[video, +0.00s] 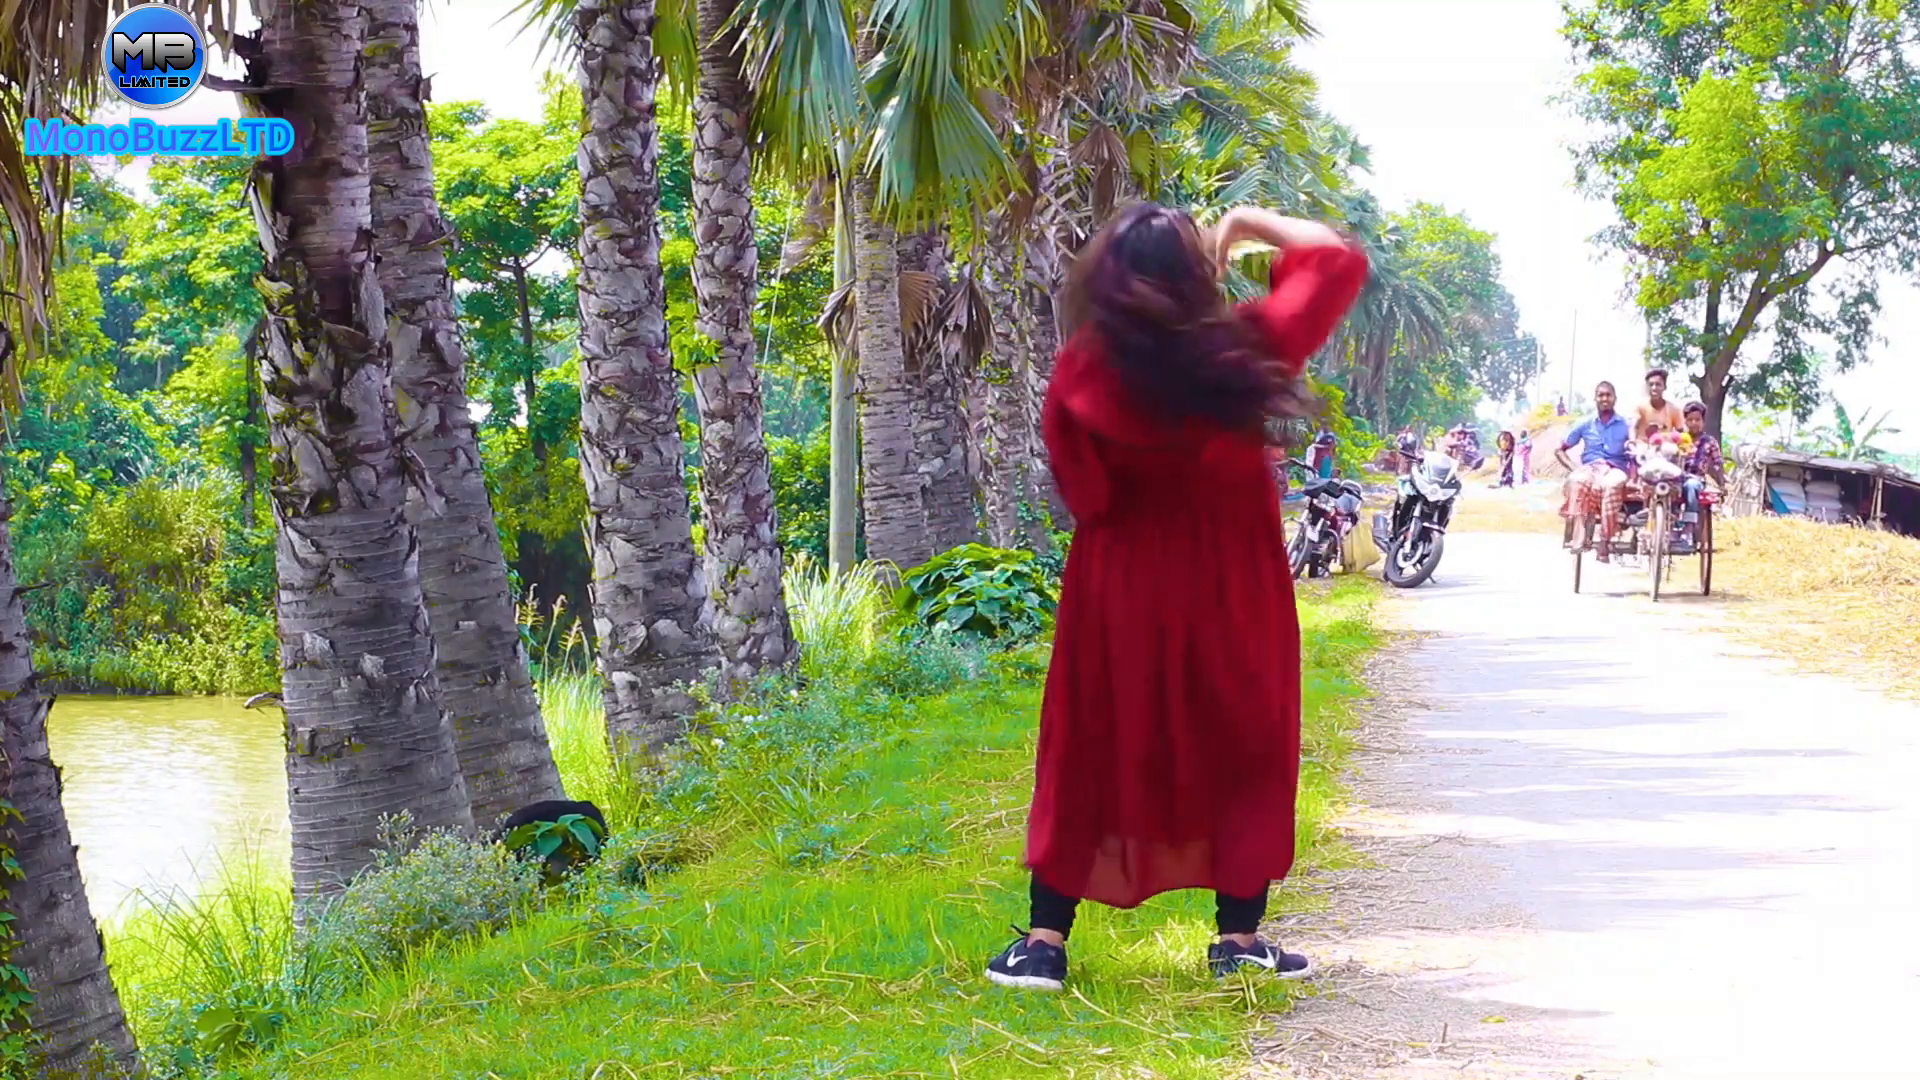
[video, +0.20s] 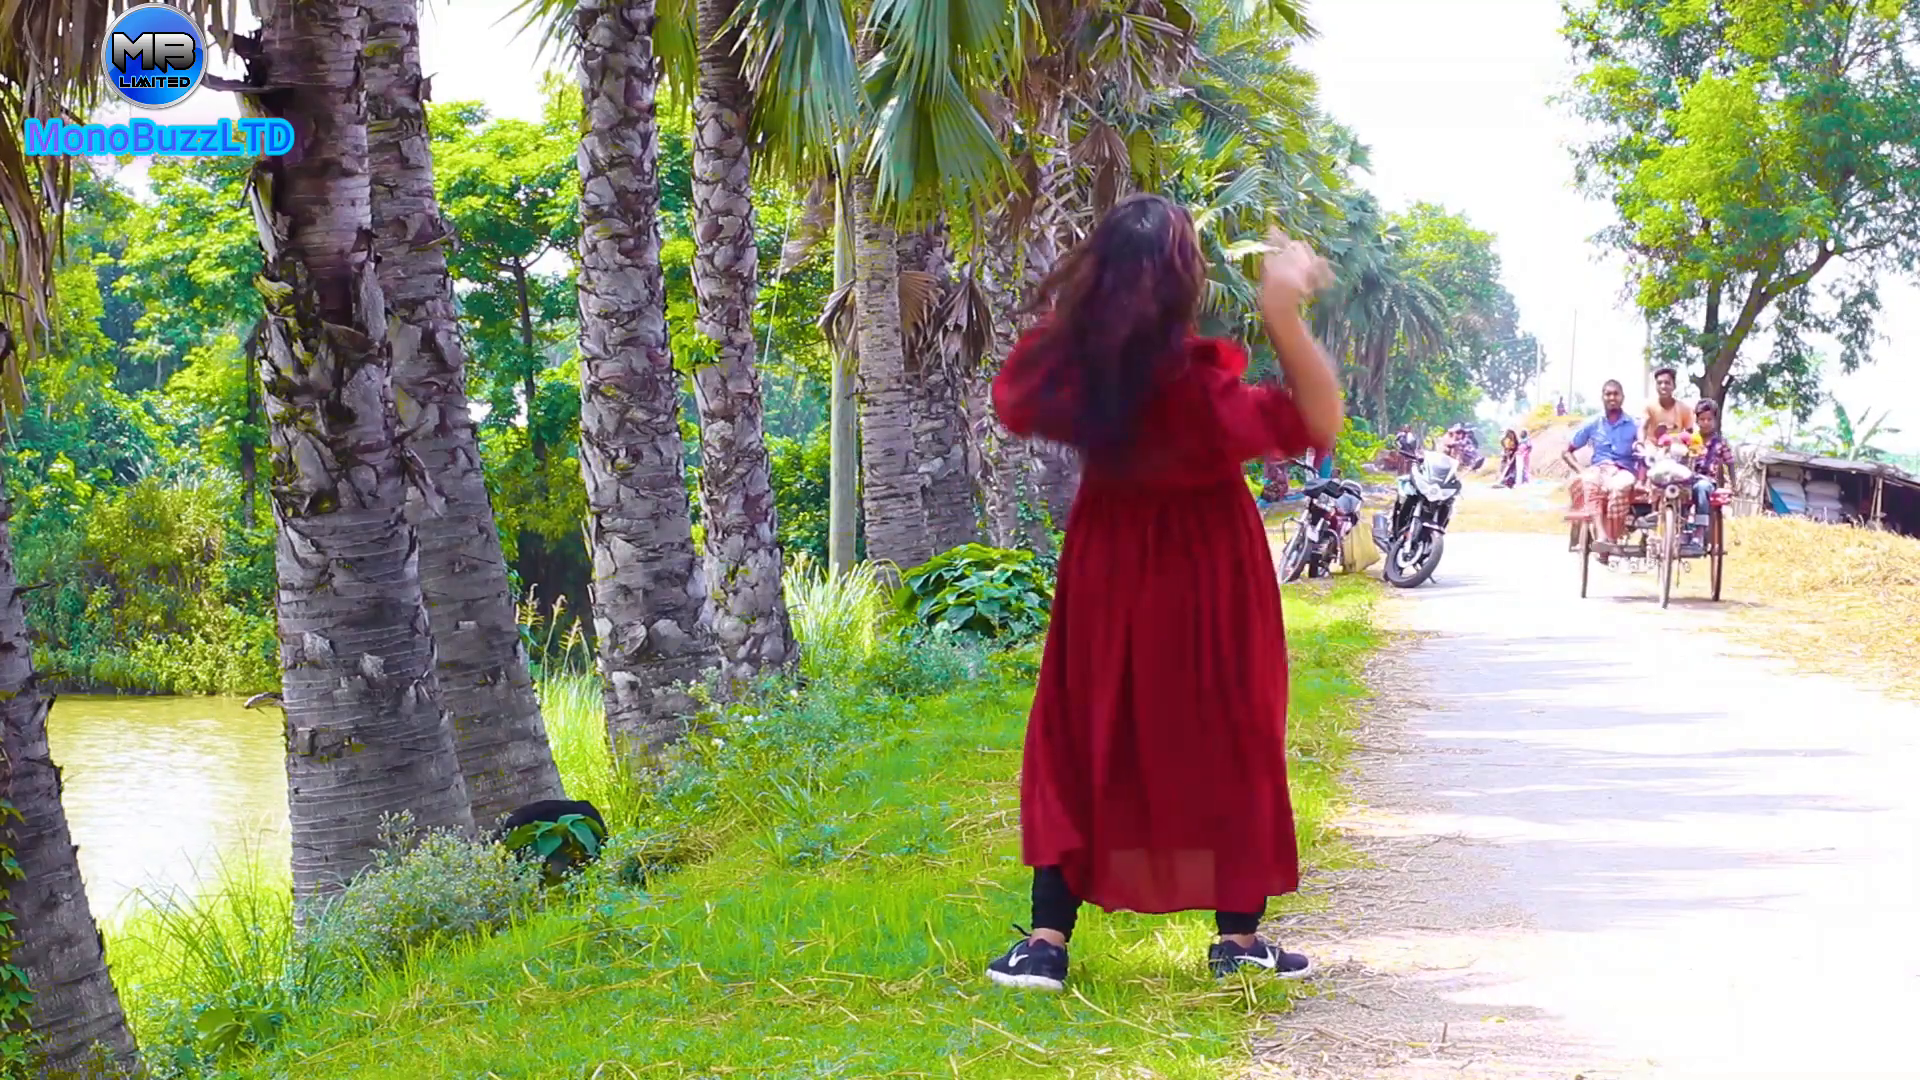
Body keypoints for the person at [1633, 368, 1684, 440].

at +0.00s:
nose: (1654, 388)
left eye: (1658, 384)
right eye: (1651, 384)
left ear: (1665, 387)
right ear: (1647, 387)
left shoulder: (1673, 410)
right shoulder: (1641, 407)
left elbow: (1682, 431)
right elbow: (1633, 426)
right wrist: (1632, 441)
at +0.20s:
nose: (1663, 386)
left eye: (1667, 383)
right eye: (1659, 383)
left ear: (1674, 386)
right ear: (1656, 386)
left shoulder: (1684, 409)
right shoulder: (1649, 407)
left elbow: (1689, 431)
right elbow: (1642, 427)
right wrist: (1641, 441)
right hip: (1653, 442)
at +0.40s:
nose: (1673, 384)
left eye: (1677, 381)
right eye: (1669, 380)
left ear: (1684, 384)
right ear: (1666, 383)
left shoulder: (1693, 407)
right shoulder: (1658, 406)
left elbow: (1701, 427)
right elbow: (1651, 427)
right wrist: (1650, 442)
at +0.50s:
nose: (1678, 384)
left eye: (1682, 381)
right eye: (1674, 380)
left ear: (1689, 383)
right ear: (1670, 383)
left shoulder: (1701, 407)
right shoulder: (1664, 406)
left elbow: (1708, 431)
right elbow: (1656, 427)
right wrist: (1655, 441)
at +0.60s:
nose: (1683, 383)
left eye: (1687, 379)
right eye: (1679, 379)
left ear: (1694, 381)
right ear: (1675, 381)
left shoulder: (1707, 404)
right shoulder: (1670, 406)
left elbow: (1714, 430)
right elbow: (1662, 427)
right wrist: (1661, 441)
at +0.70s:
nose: (1689, 383)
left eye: (1694, 378)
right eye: (1686, 378)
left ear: (1701, 380)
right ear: (1681, 381)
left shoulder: (1714, 404)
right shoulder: (1675, 405)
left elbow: (1720, 431)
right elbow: (1667, 427)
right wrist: (1667, 441)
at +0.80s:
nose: (1695, 381)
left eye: (1700, 377)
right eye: (1691, 377)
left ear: (1708, 380)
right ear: (1687, 380)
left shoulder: (1720, 404)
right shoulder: (1680, 403)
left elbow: (1727, 430)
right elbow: (1673, 426)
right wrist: (1673, 441)